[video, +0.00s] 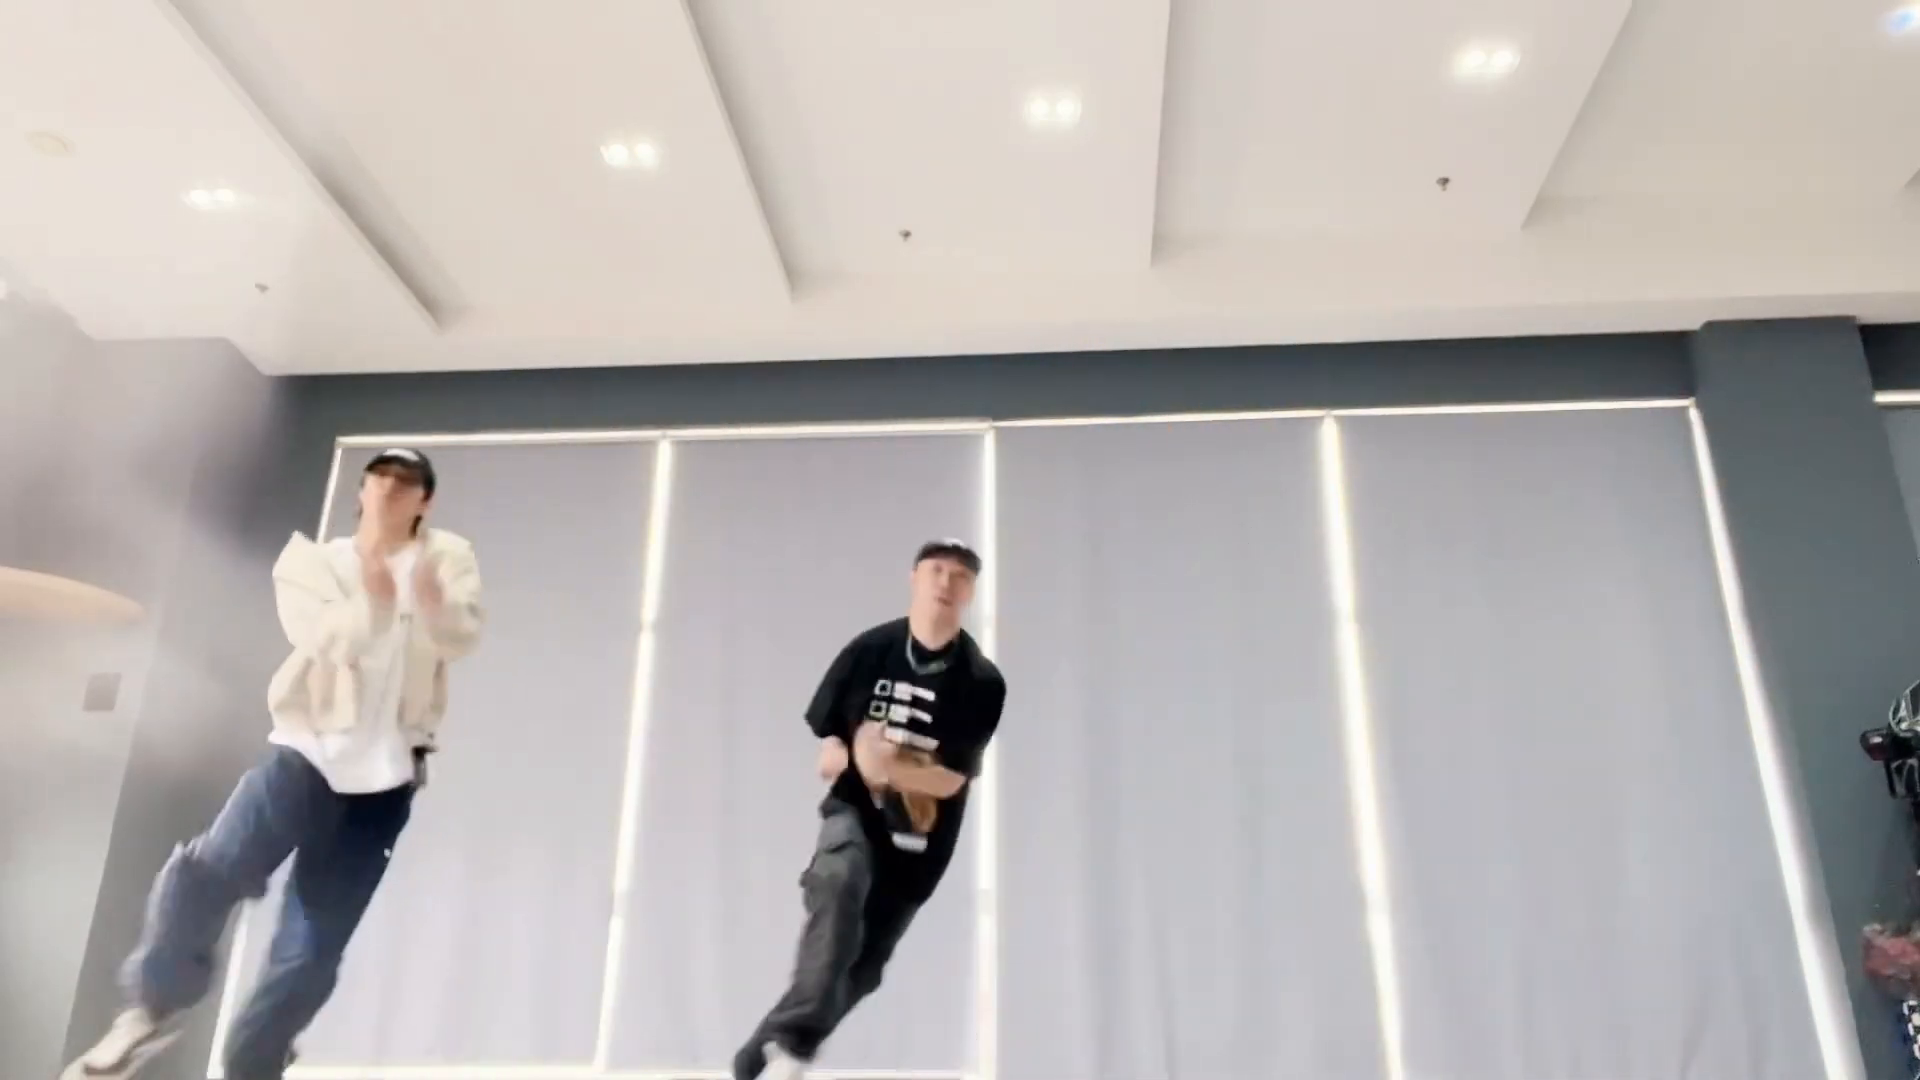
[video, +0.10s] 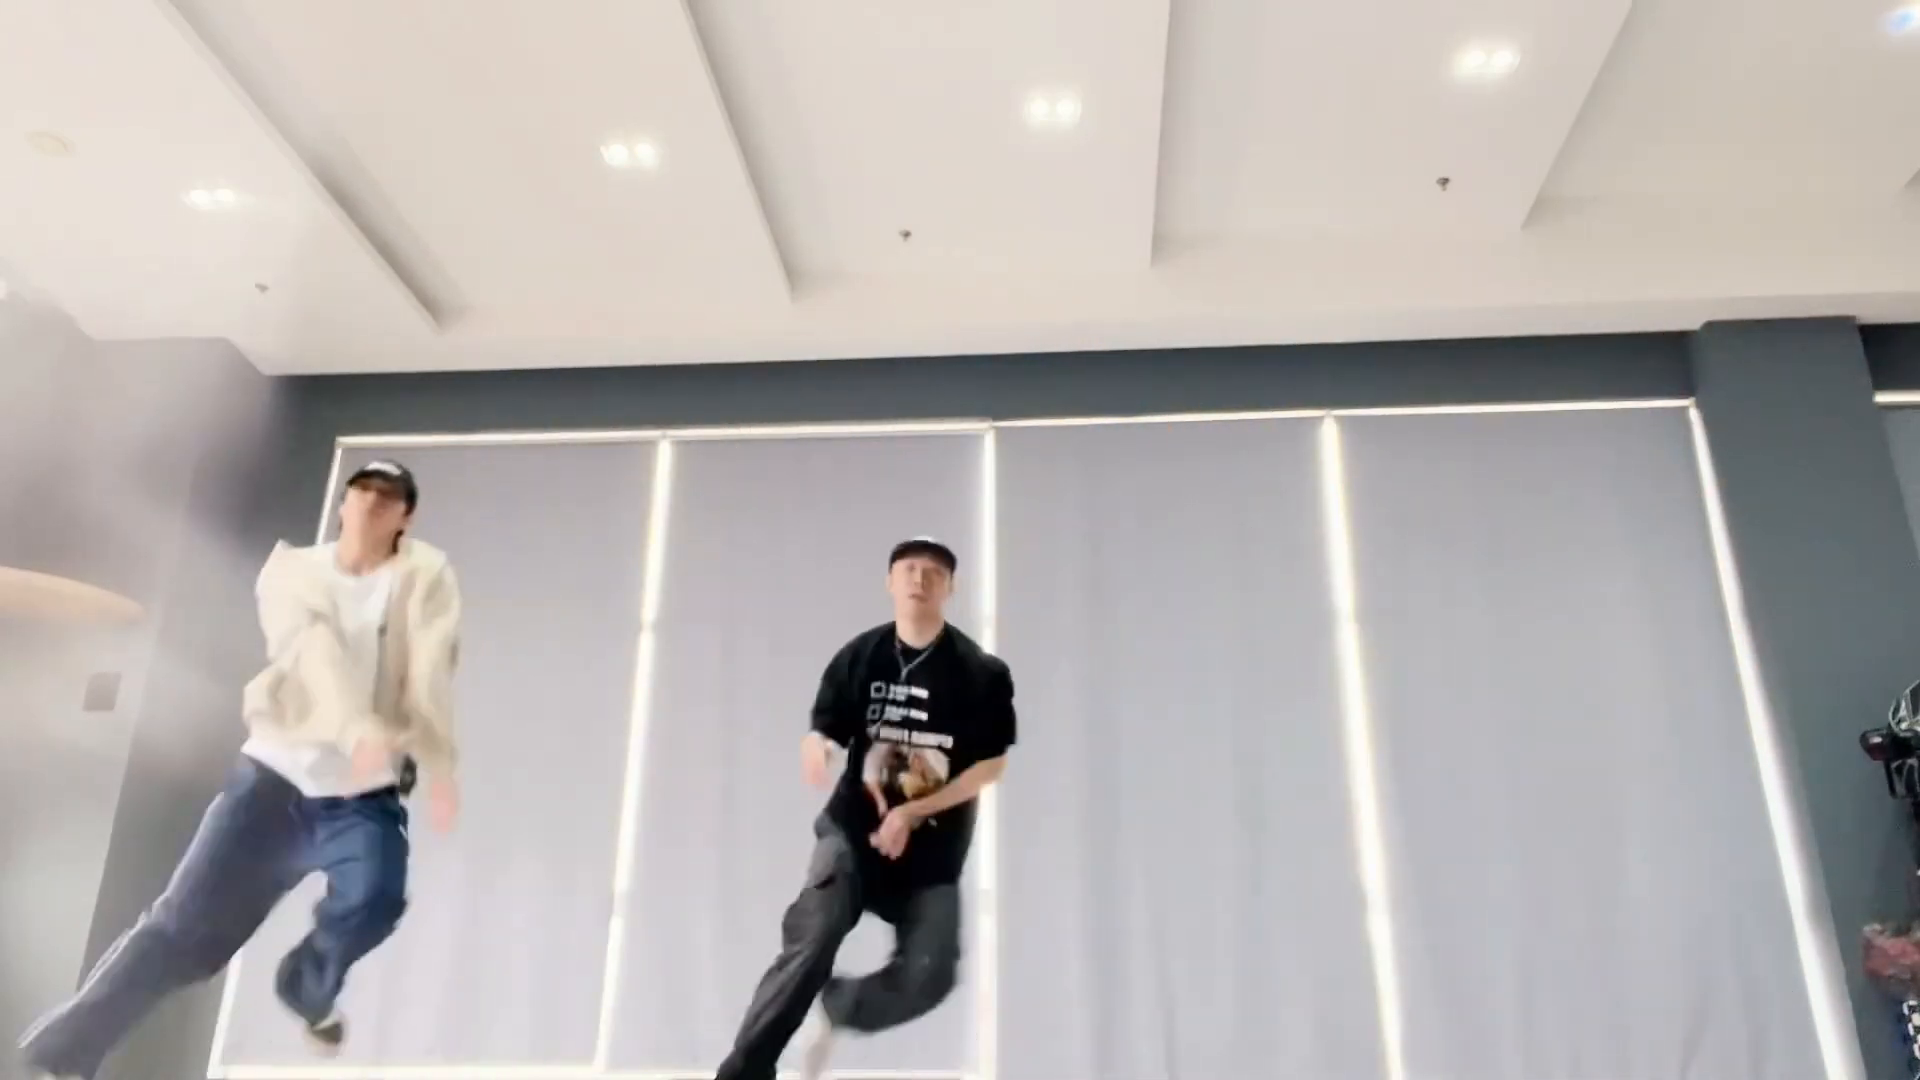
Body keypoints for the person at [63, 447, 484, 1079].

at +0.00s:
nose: (389, 491)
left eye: (405, 485)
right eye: (381, 480)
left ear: (425, 504)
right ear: (362, 492)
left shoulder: (448, 556)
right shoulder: (310, 560)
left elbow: (464, 639)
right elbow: (323, 641)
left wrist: (430, 601)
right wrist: (375, 601)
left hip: (387, 774)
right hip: (306, 752)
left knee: (310, 956)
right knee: (214, 866)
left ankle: (249, 1070)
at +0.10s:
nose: (374, 505)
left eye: (389, 498)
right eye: (365, 493)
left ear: (407, 518)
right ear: (344, 504)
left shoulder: (427, 576)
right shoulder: (292, 568)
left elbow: (431, 677)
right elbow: (310, 650)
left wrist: (439, 766)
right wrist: (358, 734)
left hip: (369, 795)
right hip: (276, 780)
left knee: (373, 901)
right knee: (183, 933)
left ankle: (308, 991)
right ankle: (55, 1060)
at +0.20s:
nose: (375, 521)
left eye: (390, 515)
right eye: (367, 509)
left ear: (409, 537)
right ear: (345, 525)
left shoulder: (434, 616)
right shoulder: (287, 597)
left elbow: (447, 727)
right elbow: (259, 705)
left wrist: (444, 819)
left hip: (357, 810)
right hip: (260, 806)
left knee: (412, 848)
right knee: (147, 950)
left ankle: (380, 986)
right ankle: (80, 1073)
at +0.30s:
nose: (454, 511)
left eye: (469, 504)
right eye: (444, 498)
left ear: (481, 527)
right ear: (418, 512)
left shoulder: (493, 607)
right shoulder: (328, 575)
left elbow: (489, 702)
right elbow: (235, 655)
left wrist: (474, 764)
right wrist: (149, 714)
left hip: (396, 805)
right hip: (288, 805)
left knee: (473, 884)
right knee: (182, 942)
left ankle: (509, 1052)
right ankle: (88, 1070)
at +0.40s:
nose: (520, 506)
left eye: (534, 499)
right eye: (509, 495)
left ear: (551, 520)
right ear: (484, 506)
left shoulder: (555, 594)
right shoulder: (414, 539)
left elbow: (556, 682)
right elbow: (299, 544)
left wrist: (558, 738)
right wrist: (192, 546)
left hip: (476, 802)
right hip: (373, 796)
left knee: (528, 917)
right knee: (260, 928)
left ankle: (615, 1069)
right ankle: (126, 1058)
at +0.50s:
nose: (555, 497)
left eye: (569, 490)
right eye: (544, 488)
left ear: (588, 514)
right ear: (522, 506)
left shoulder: (602, 595)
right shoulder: (466, 534)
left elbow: (616, 688)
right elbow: (356, 505)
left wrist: (654, 738)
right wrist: (247, 493)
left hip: (537, 793)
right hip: (444, 782)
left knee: (583, 899)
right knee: (358, 938)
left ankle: (628, 1072)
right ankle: (263, 1052)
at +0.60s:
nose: (583, 486)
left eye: (597, 480)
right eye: (571, 479)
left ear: (615, 507)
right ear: (552, 500)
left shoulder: (636, 597)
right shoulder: (495, 546)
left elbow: (656, 702)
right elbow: (373, 577)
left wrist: (698, 775)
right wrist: (277, 626)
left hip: (574, 779)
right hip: (478, 773)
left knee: (596, 898)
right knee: (406, 945)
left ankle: (613, 1070)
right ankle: (390, 1070)